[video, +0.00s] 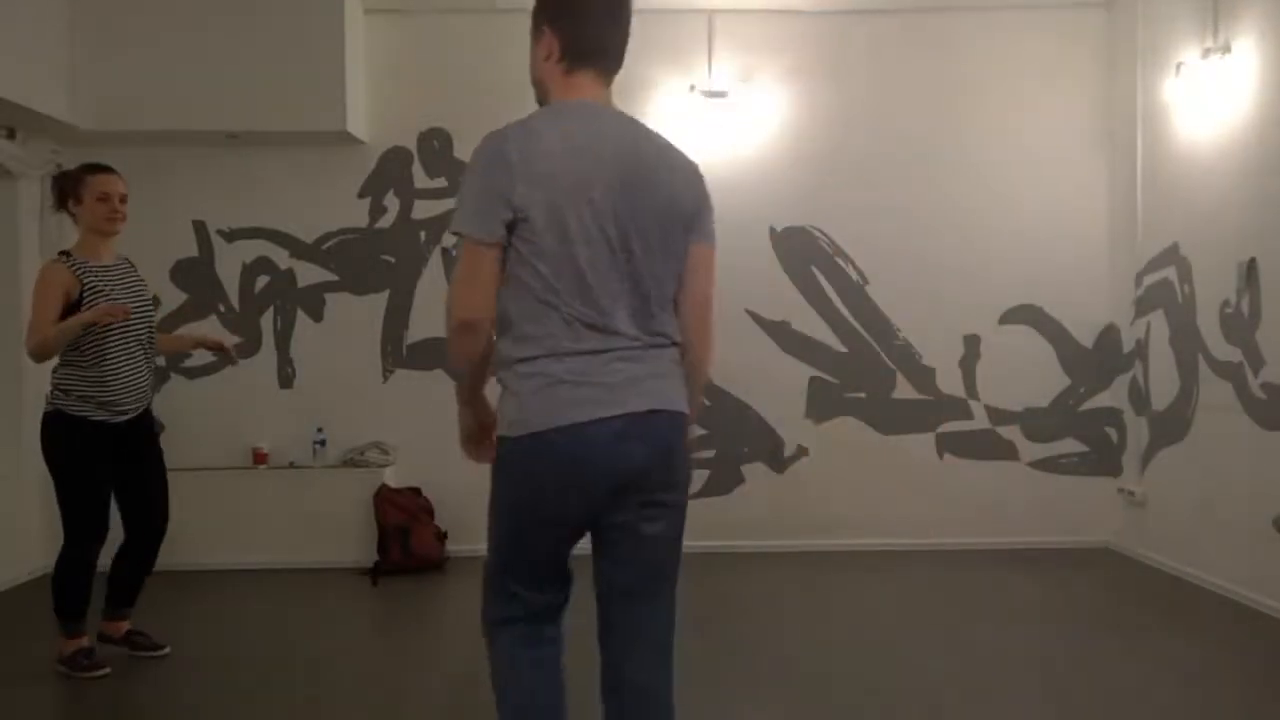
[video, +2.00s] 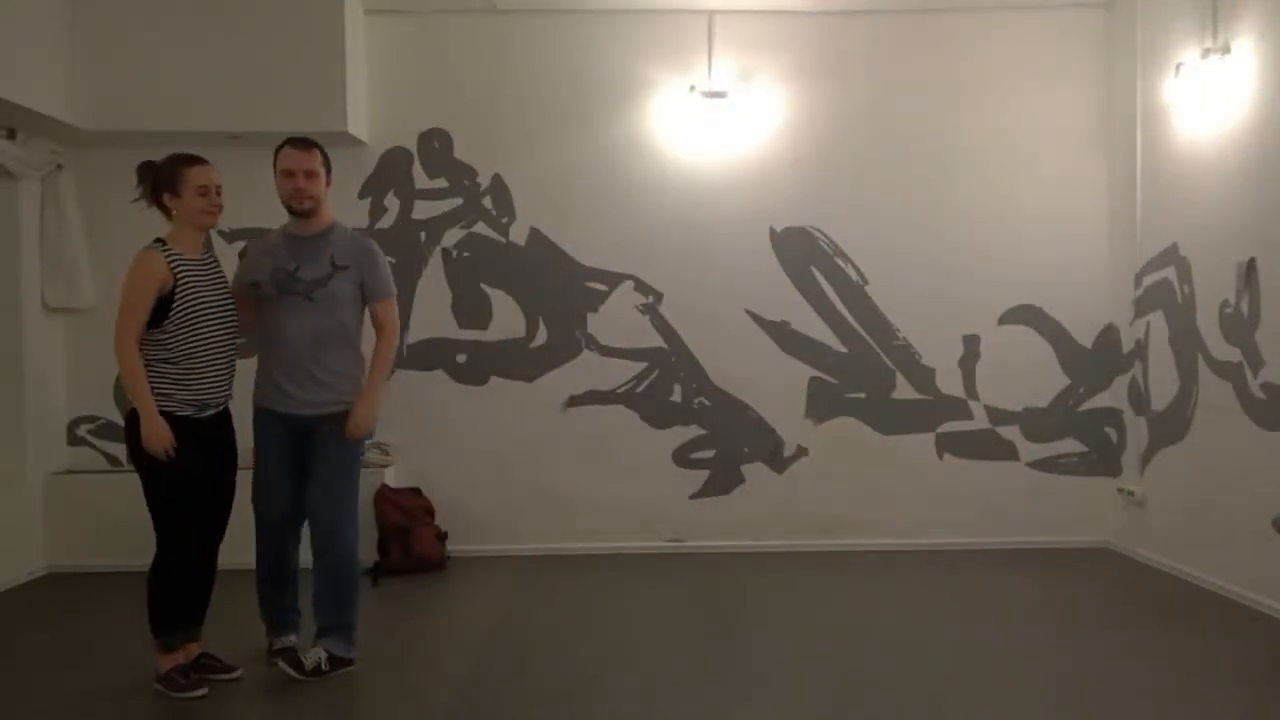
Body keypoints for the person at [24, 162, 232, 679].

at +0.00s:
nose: (116, 208)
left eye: (122, 200)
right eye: (103, 199)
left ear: (127, 207)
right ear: (74, 207)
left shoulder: (126, 269)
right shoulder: (61, 271)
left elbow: (143, 342)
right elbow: (37, 347)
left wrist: (198, 339)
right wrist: (85, 319)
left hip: (132, 423)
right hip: (77, 427)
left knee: (149, 522)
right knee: (86, 533)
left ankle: (116, 625)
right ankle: (72, 642)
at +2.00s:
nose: (215, 200)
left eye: (217, 191)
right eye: (203, 192)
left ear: (217, 198)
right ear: (170, 200)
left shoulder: (210, 261)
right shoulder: (155, 262)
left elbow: (215, 330)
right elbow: (125, 343)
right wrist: (149, 417)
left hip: (214, 421)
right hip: (168, 425)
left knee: (206, 538)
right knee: (177, 541)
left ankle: (190, 650)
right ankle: (168, 660)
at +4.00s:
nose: (307, 189)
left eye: (312, 180)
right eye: (292, 182)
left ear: (319, 189)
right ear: (267, 194)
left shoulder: (300, 254)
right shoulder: (273, 255)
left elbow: (294, 315)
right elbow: (314, 323)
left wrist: (324, 263)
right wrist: (396, 348)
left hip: (316, 417)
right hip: (277, 420)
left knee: (357, 524)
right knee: (304, 541)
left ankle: (350, 651)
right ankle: (282, 665)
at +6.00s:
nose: (260, 215)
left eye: (267, 206)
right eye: (248, 208)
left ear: (279, 210)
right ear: (228, 217)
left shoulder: (288, 272)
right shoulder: (221, 275)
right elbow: (178, 329)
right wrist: (131, 300)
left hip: (277, 418)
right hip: (228, 418)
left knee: (267, 530)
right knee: (255, 534)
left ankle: (209, 600)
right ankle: (251, 643)